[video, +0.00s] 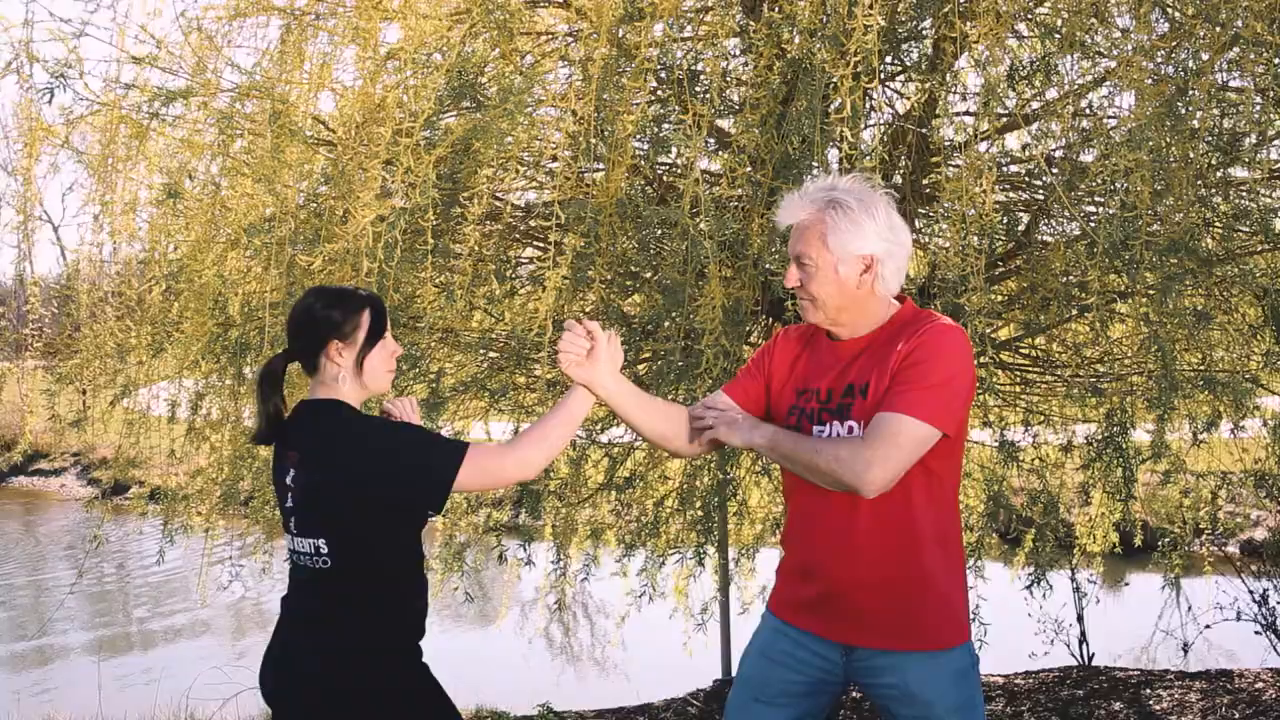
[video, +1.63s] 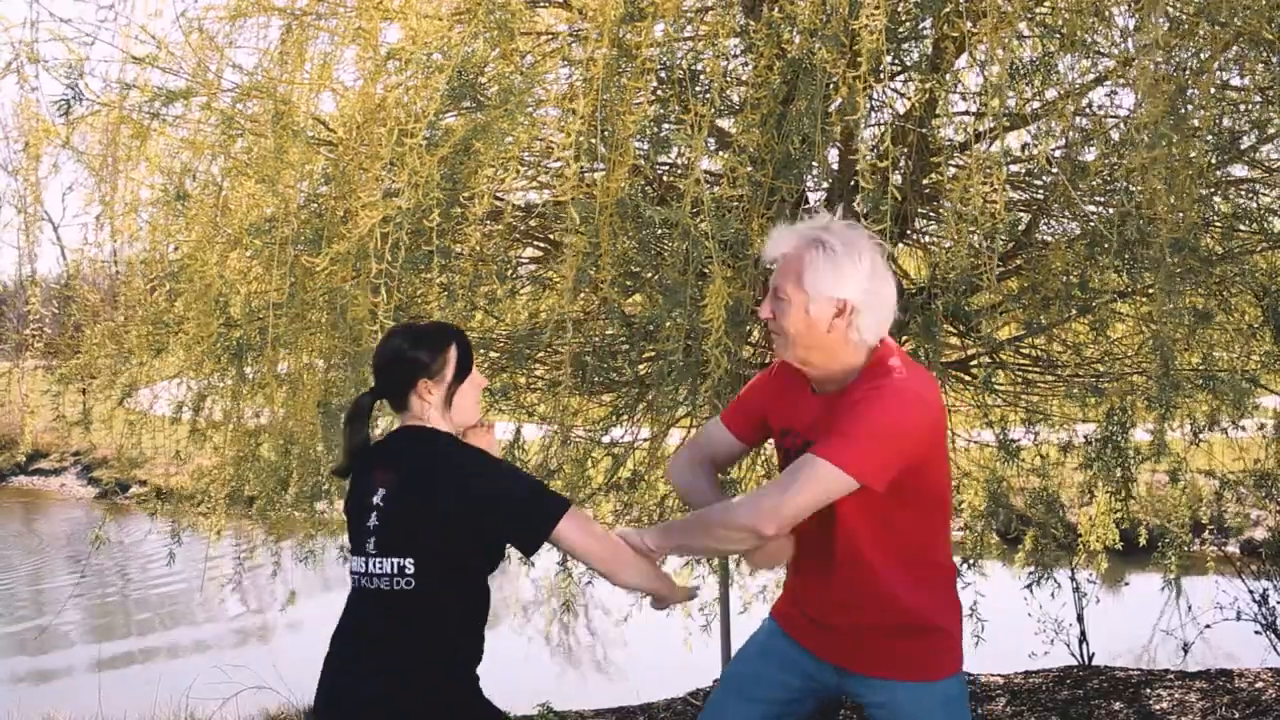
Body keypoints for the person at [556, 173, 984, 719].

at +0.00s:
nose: (789, 279)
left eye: (805, 263)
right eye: (791, 262)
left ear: (865, 269)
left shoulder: (936, 344)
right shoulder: (788, 349)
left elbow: (869, 469)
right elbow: (692, 433)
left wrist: (755, 433)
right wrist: (604, 378)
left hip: (918, 641)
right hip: (796, 630)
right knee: (743, 713)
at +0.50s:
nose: (785, 282)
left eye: (799, 267)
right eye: (787, 265)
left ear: (860, 270)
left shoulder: (935, 344)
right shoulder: (788, 348)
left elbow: (868, 470)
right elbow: (687, 429)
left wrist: (755, 437)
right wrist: (606, 369)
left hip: (919, 642)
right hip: (797, 630)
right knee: (745, 712)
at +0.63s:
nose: (779, 296)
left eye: (793, 280)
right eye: (780, 279)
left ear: (856, 281)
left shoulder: (935, 346)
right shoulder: (790, 348)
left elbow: (872, 471)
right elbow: (711, 443)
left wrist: (779, 407)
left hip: (921, 643)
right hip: (798, 628)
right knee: (738, 710)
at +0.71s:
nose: (771, 326)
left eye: (786, 309)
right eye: (770, 306)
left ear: (850, 308)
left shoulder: (929, 364)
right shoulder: (784, 362)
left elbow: (849, 483)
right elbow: (684, 444)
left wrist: (770, 398)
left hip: (923, 647)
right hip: (800, 632)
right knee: (741, 711)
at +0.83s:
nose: (757, 359)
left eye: (772, 346)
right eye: (758, 342)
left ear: (839, 349)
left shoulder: (922, 399)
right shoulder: (773, 385)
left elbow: (833, 528)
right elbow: (672, 471)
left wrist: (770, 429)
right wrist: (584, 571)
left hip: (917, 649)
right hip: (796, 631)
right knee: (729, 709)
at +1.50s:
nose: (770, 349)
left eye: (786, 339)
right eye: (771, 331)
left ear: (851, 344)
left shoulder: (929, 404)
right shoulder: (782, 388)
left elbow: (814, 508)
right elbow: (697, 499)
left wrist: (757, 404)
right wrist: (634, 617)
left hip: (921, 656)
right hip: (805, 637)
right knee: (732, 711)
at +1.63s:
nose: (763, 311)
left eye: (780, 299)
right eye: (768, 294)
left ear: (840, 313)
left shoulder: (901, 396)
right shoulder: (785, 379)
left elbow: (768, 516)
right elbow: (687, 463)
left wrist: (654, 539)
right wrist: (746, 533)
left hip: (910, 662)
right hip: (798, 639)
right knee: (719, 711)